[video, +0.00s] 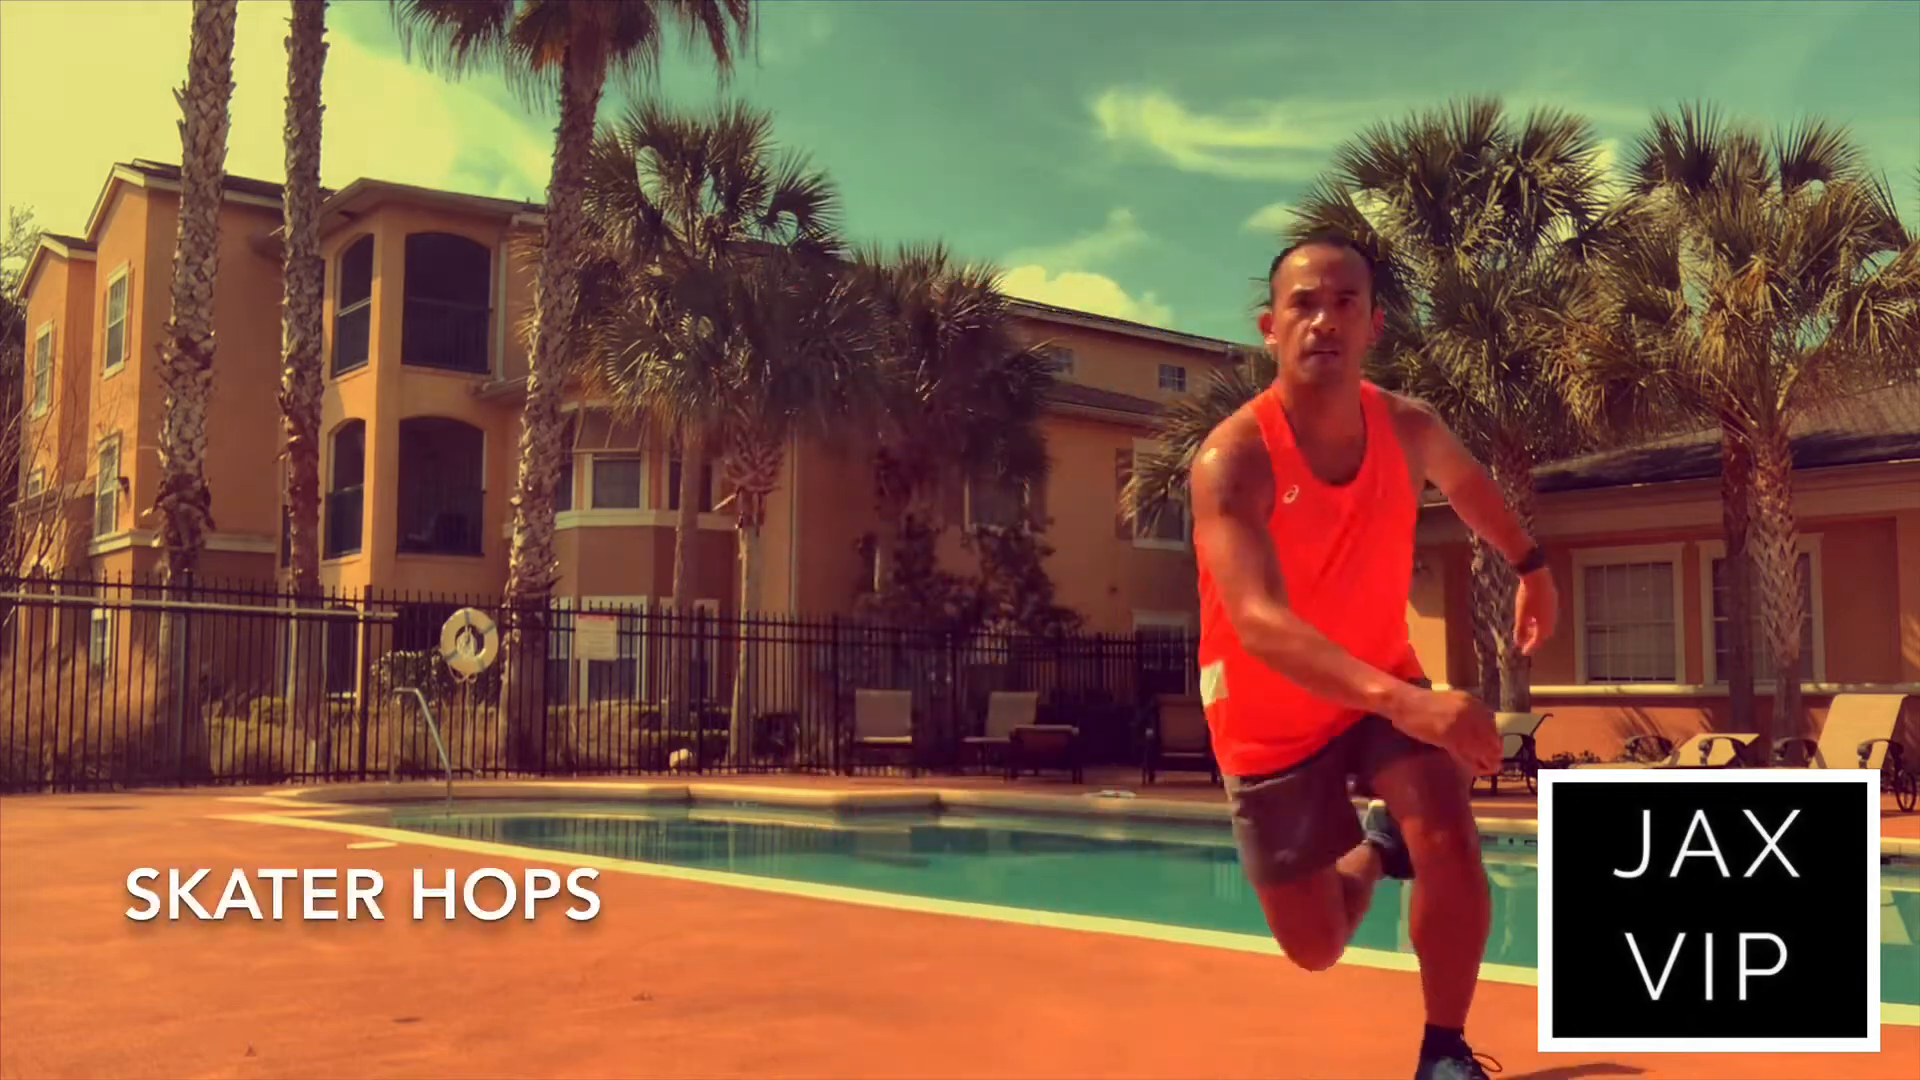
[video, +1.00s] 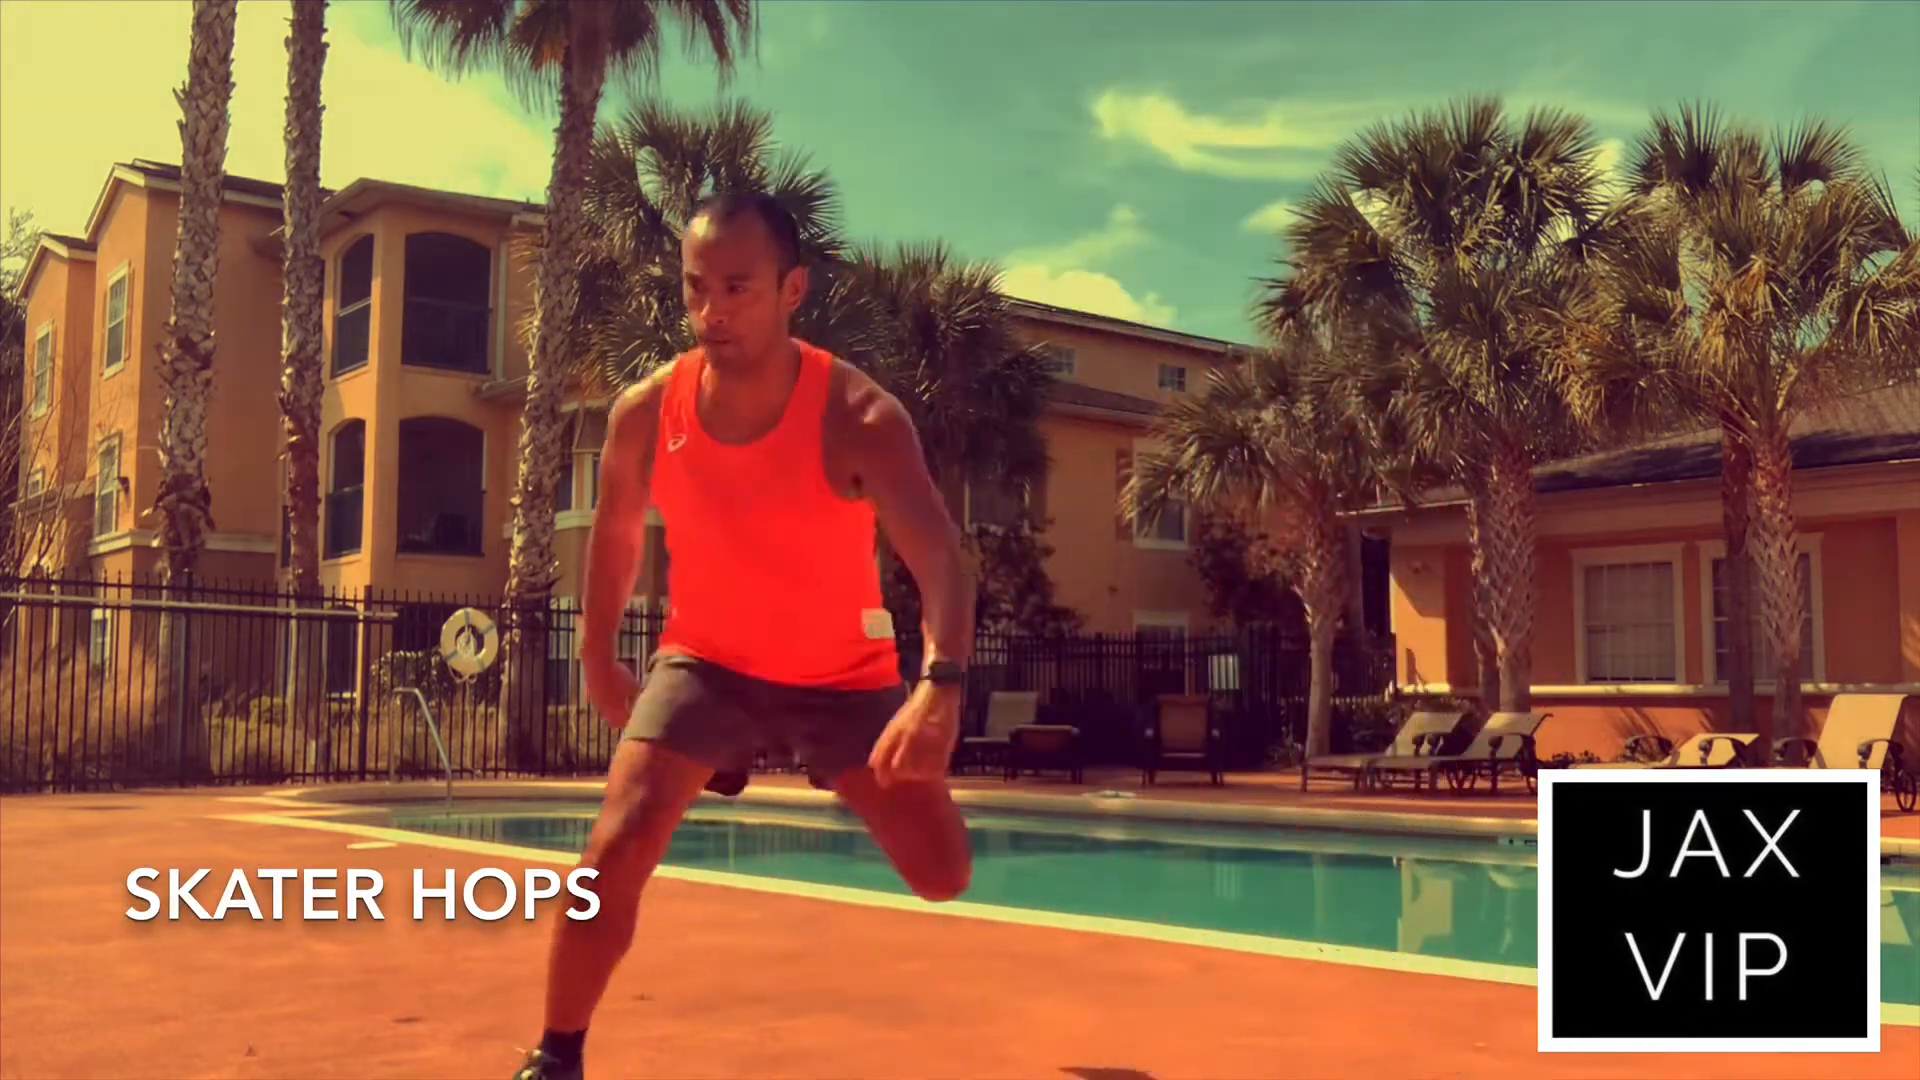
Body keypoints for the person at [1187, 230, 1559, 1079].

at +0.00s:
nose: (1323, 319)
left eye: (1344, 301)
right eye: (1302, 303)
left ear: (1374, 324)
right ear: (1270, 330)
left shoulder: (1409, 429)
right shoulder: (1233, 459)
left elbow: (1468, 489)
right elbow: (1257, 621)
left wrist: (1529, 563)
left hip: (1382, 688)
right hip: (1265, 716)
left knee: (1445, 835)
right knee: (1312, 946)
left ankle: (1445, 1048)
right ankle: (1377, 847)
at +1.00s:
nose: (711, 314)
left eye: (736, 290)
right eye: (697, 290)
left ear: (793, 289)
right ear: (683, 289)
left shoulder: (860, 416)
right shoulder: (648, 411)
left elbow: (941, 563)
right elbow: (616, 532)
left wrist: (940, 685)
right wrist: (597, 655)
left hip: (846, 675)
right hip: (703, 666)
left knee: (942, 876)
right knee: (619, 837)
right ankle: (556, 1056)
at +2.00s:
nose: (1175, 228)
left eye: (1199, 207)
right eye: (1155, 205)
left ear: (1226, 222)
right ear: (1115, 215)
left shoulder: (1272, 338)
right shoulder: (1053, 355)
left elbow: (1339, 441)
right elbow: (958, 490)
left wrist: (1355, 561)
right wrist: (905, 625)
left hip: (1228, 636)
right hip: (1079, 637)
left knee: (1332, 838)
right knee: (967, 834)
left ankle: (1416, 1055)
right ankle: (1022, 901)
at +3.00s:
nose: (975, 116)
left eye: (998, 95)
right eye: (956, 95)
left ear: (1040, 108)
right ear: (926, 107)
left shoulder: (1104, 238)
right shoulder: (879, 224)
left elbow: (1267, 305)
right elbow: (738, 260)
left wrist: (1330, 412)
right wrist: (620, 351)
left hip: (1105, 544)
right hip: (945, 542)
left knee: (1235, 734)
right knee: (799, 711)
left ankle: (1351, 950)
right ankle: (812, 925)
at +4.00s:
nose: (748, 268)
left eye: (773, 249)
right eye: (728, 244)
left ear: (806, 264)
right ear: (690, 251)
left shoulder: (865, 405)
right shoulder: (637, 389)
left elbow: (956, 555)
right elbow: (533, 499)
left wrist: (952, 709)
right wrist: (443, 619)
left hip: (794, 691)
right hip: (650, 669)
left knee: (809, 915)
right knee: (583, 877)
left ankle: (770, 919)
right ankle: (532, 1067)